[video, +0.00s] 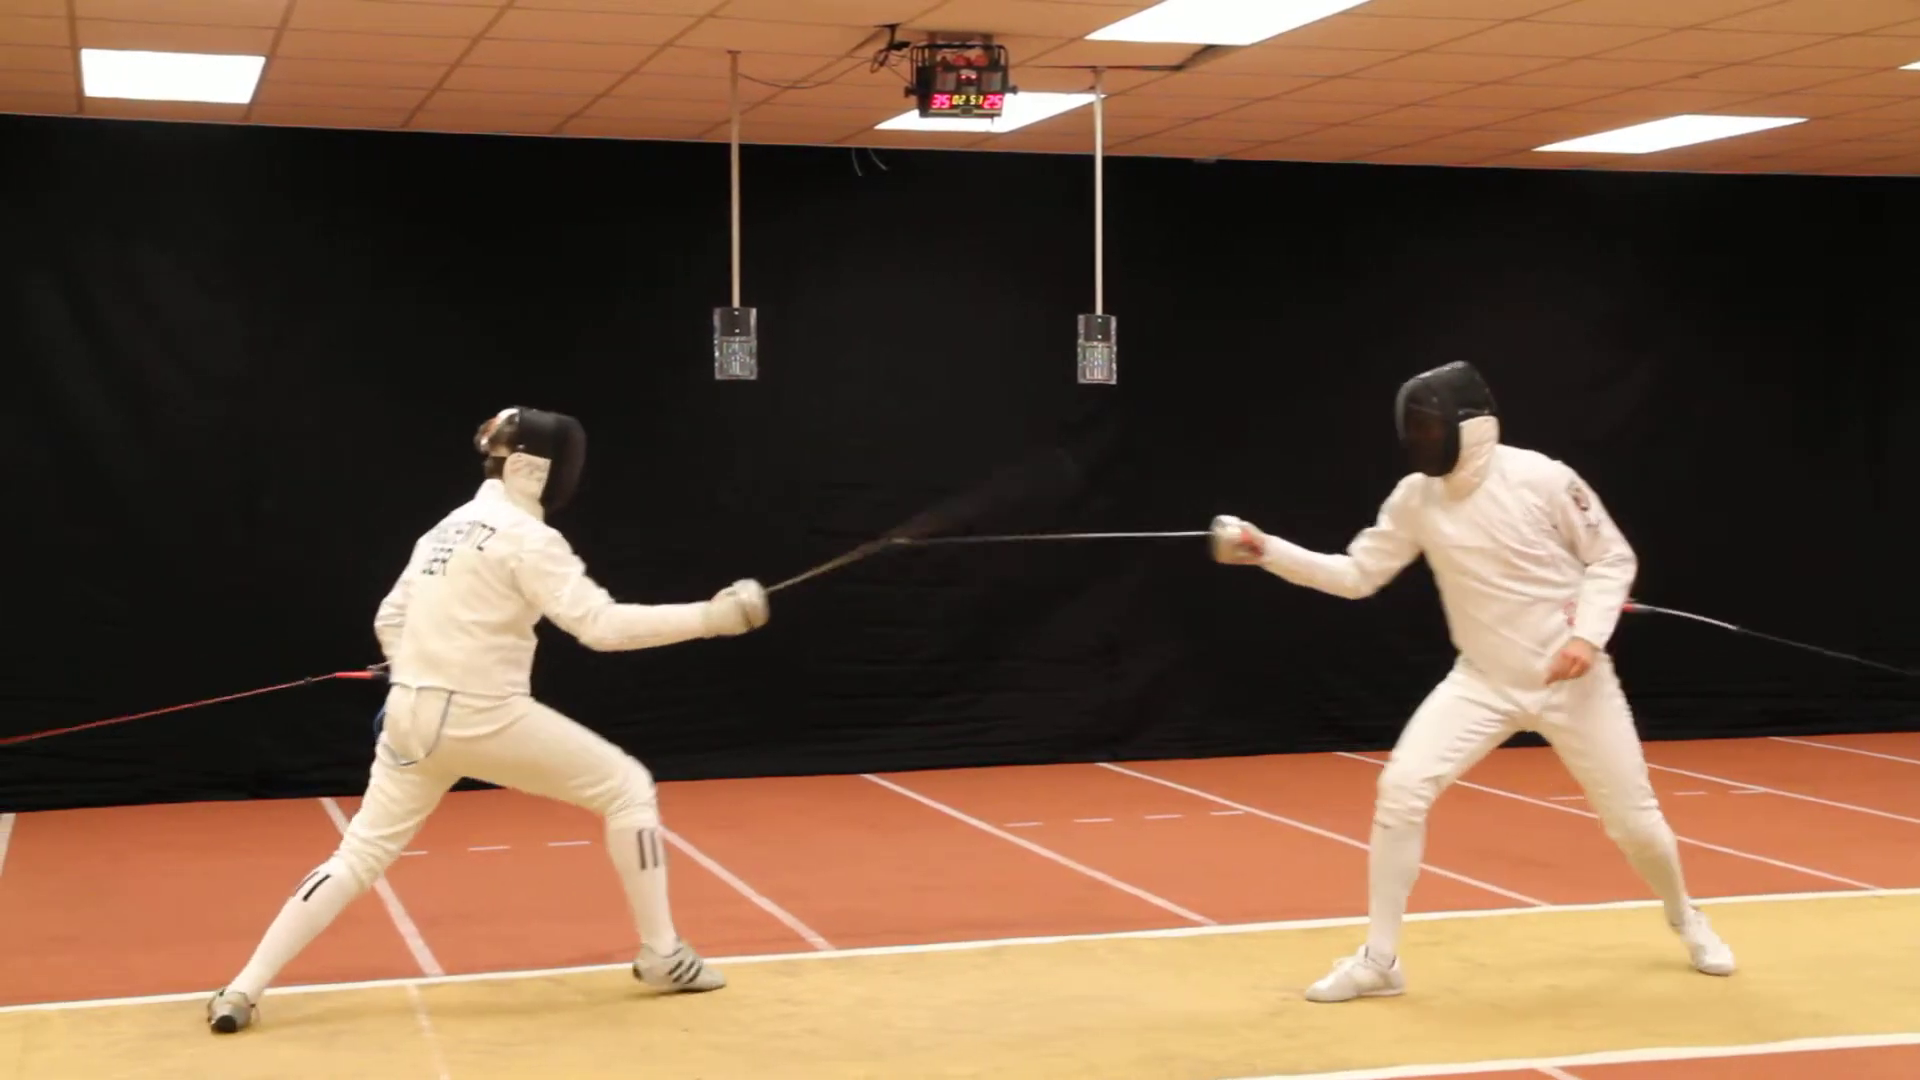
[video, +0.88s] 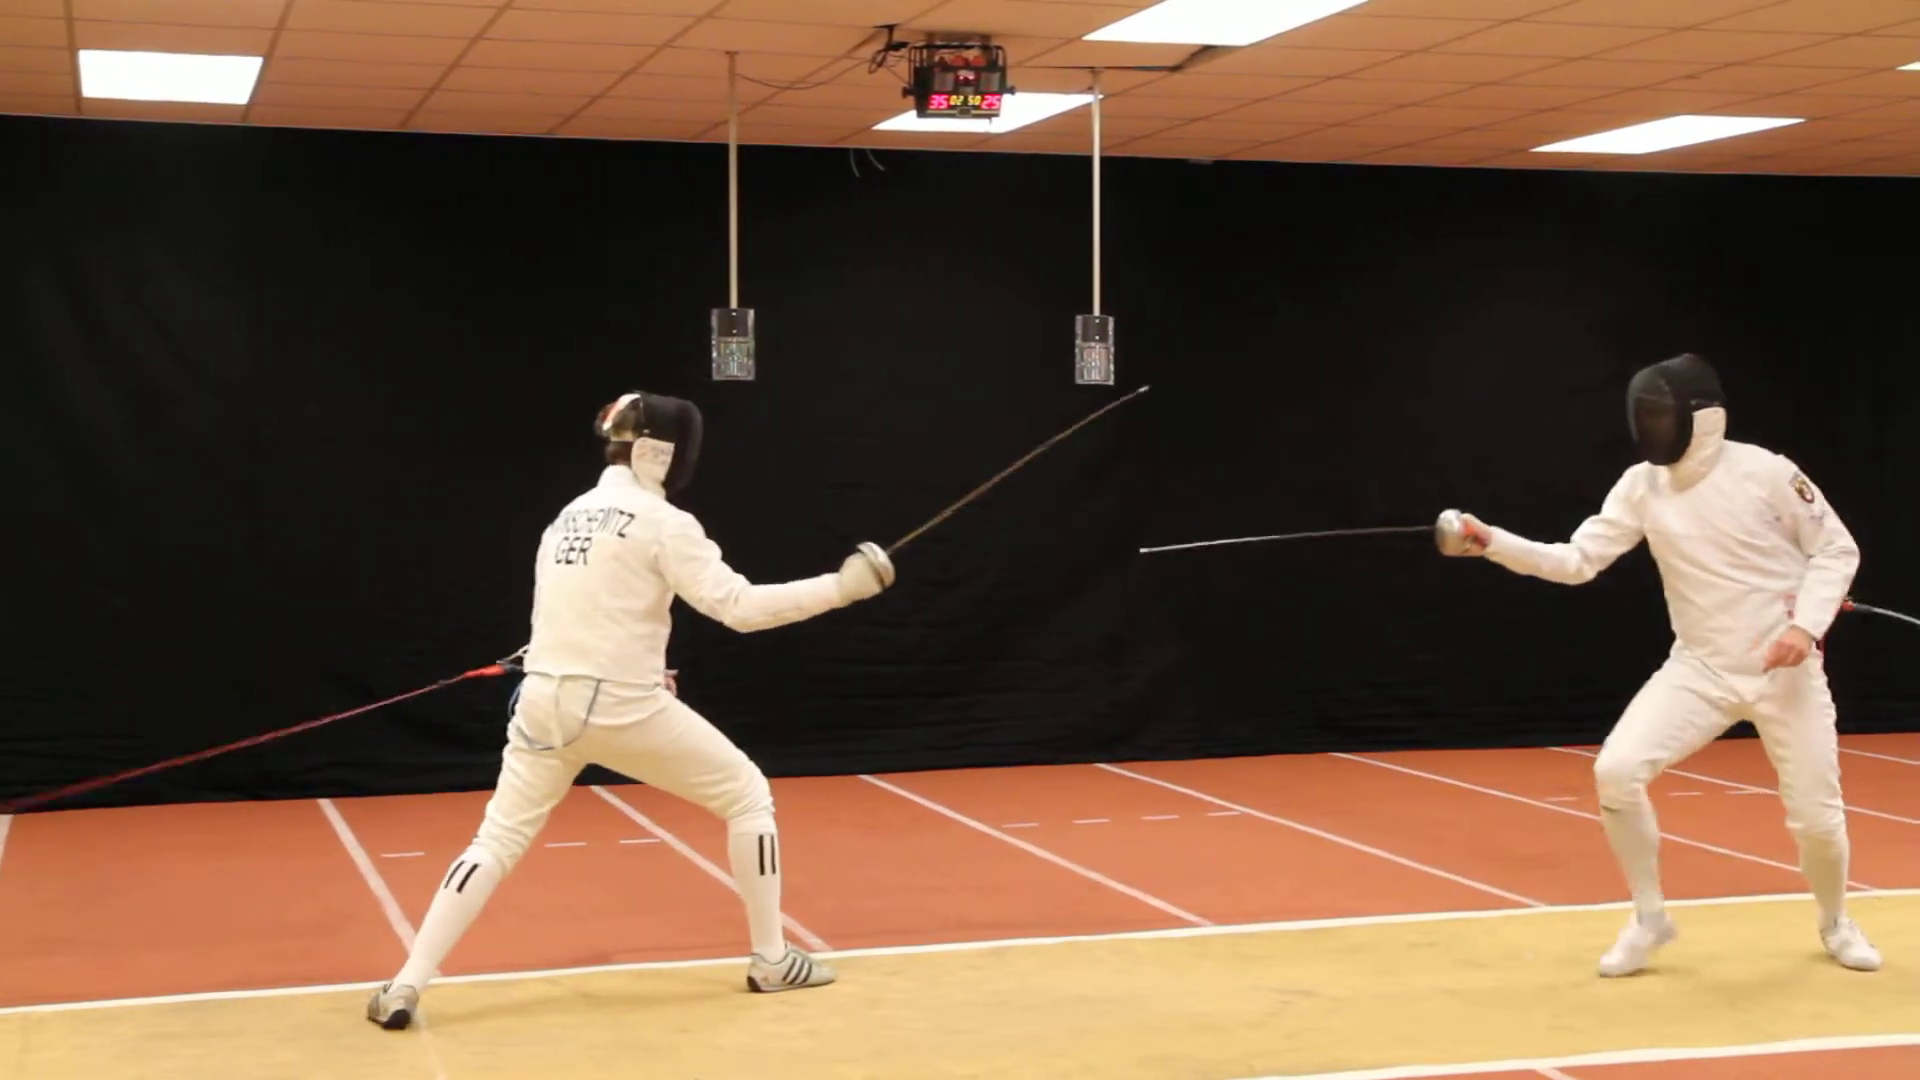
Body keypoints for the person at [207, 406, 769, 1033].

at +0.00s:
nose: (563, 482)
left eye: (555, 466)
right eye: (560, 469)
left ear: (499, 462)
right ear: (542, 470)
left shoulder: (445, 530)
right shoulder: (527, 538)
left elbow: (392, 619)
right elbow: (603, 625)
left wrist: (422, 686)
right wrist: (715, 613)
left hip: (408, 713)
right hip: (487, 716)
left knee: (357, 857)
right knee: (625, 788)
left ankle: (242, 990)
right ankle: (662, 955)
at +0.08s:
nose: (560, 468)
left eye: (555, 453)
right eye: (563, 457)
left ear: (533, 458)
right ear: (564, 465)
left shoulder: (477, 524)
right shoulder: (560, 531)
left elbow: (421, 611)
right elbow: (650, 606)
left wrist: (452, 679)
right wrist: (762, 592)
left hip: (435, 708)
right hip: (516, 707)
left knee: (361, 848)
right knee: (653, 777)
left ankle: (242, 984)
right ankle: (696, 939)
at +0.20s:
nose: (656, 473)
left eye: (633, 456)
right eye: (659, 463)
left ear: (599, 458)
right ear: (655, 467)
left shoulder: (541, 521)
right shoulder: (646, 529)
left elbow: (473, 604)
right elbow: (737, 581)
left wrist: (494, 673)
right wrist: (844, 568)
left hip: (495, 692)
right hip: (579, 701)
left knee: (397, 827)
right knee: (689, 813)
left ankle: (267, 951)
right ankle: (770, 956)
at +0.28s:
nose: (704, 481)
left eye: (685, 463)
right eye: (704, 470)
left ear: (639, 467)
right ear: (694, 476)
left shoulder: (576, 531)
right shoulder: (689, 540)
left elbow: (502, 613)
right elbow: (778, 600)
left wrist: (493, 702)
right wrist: (879, 573)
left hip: (533, 701)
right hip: (619, 708)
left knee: (446, 838)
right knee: (734, 796)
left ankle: (313, 942)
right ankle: (780, 956)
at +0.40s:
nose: (719, 481)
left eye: (708, 466)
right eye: (717, 469)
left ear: (663, 460)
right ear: (705, 470)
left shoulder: (598, 526)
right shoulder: (702, 532)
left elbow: (527, 617)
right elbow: (775, 623)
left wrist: (519, 703)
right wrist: (882, 600)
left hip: (560, 699)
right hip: (642, 705)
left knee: (514, 845)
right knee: (757, 796)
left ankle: (391, 948)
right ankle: (780, 957)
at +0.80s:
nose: (682, 463)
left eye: (678, 450)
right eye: (677, 451)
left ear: (613, 451)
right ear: (658, 457)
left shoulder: (566, 519)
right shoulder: (662, 527)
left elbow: (567, 616)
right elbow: (736, 611)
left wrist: (537, 656)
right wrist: (838, 584)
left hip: (539, 703)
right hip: (621, 707)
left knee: (494, 842)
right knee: (743, 796)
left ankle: (406, 988)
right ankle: (775, 956)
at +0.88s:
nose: (688, 460)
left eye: (682, 446)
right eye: (683, 448)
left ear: (616, 450)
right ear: (665, 456)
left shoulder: (569, 519)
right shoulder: (665, 525)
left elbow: (563, 624)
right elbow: (740, 607)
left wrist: (639, 673)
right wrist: (843, 585)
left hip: (542, 702)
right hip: (623, 706)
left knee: (496, 840)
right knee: (747, 796)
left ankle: (404, 986)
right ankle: (772, 957)